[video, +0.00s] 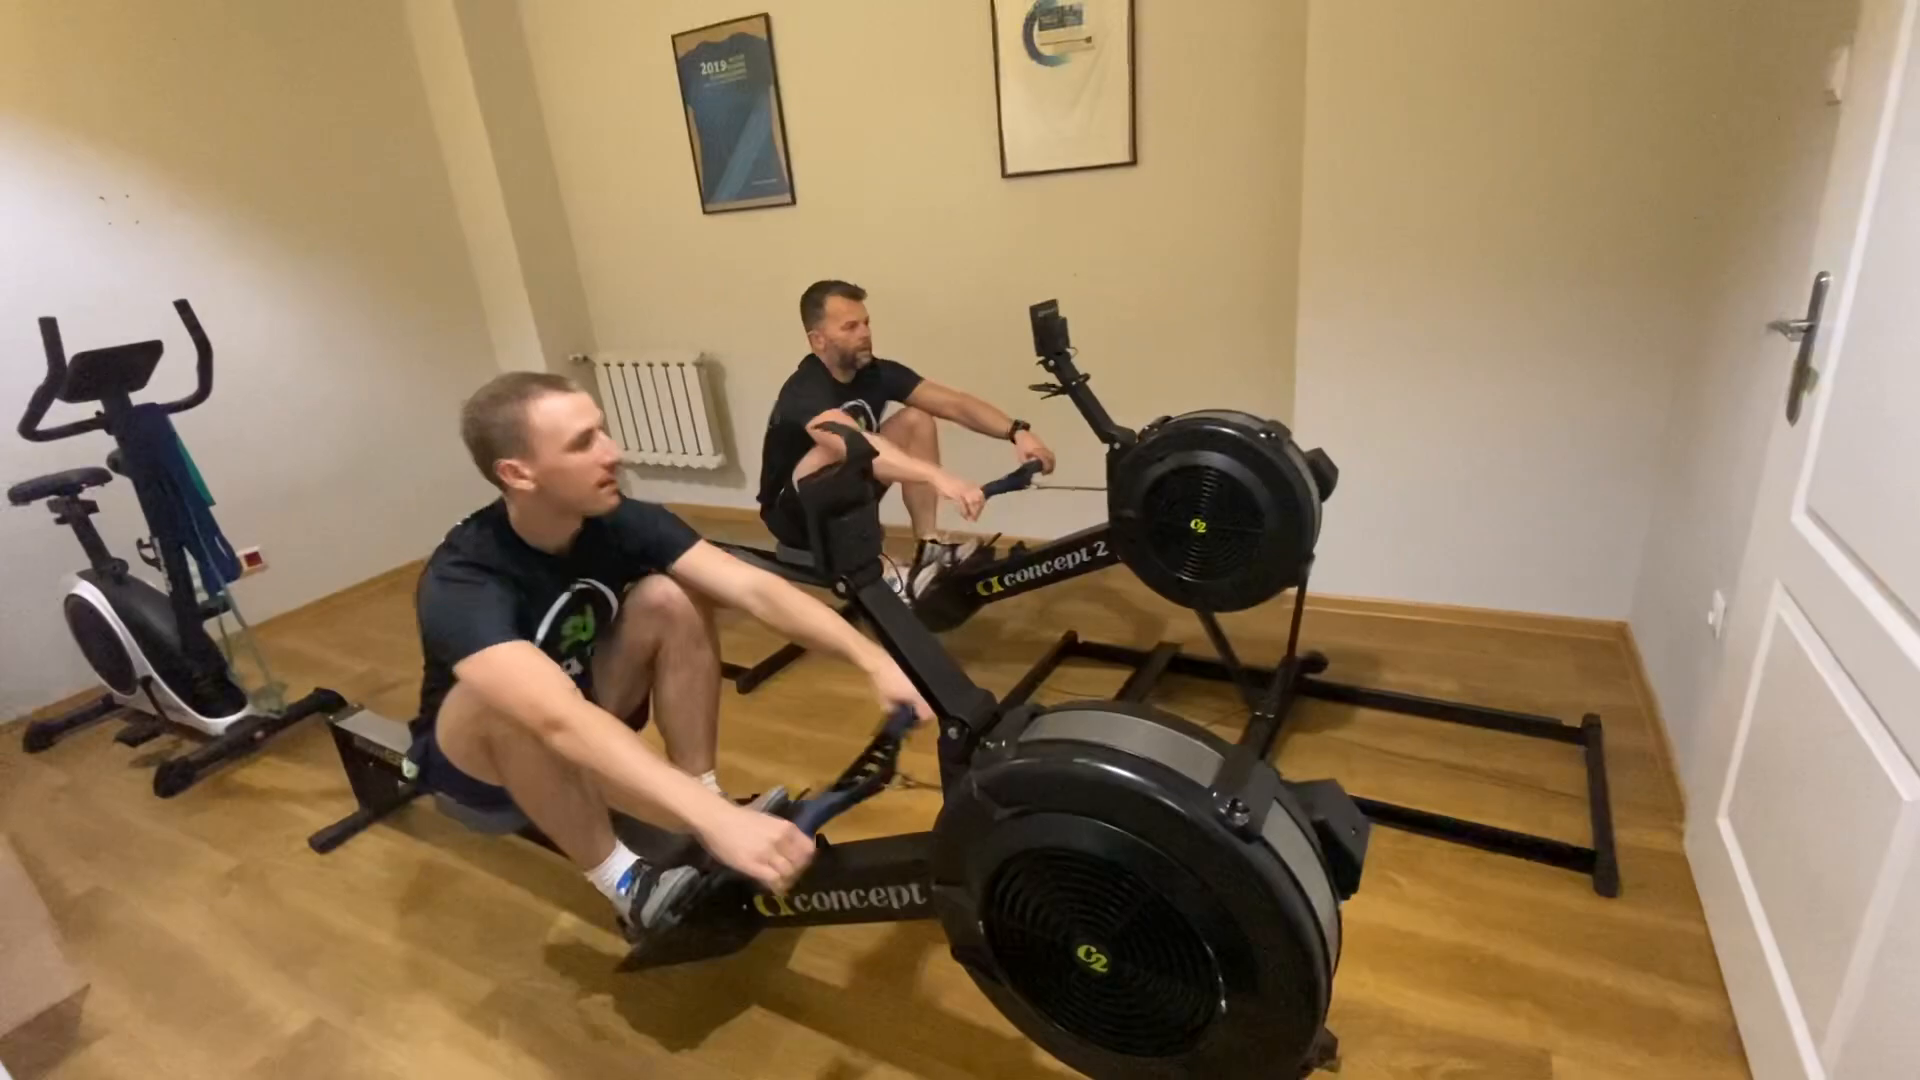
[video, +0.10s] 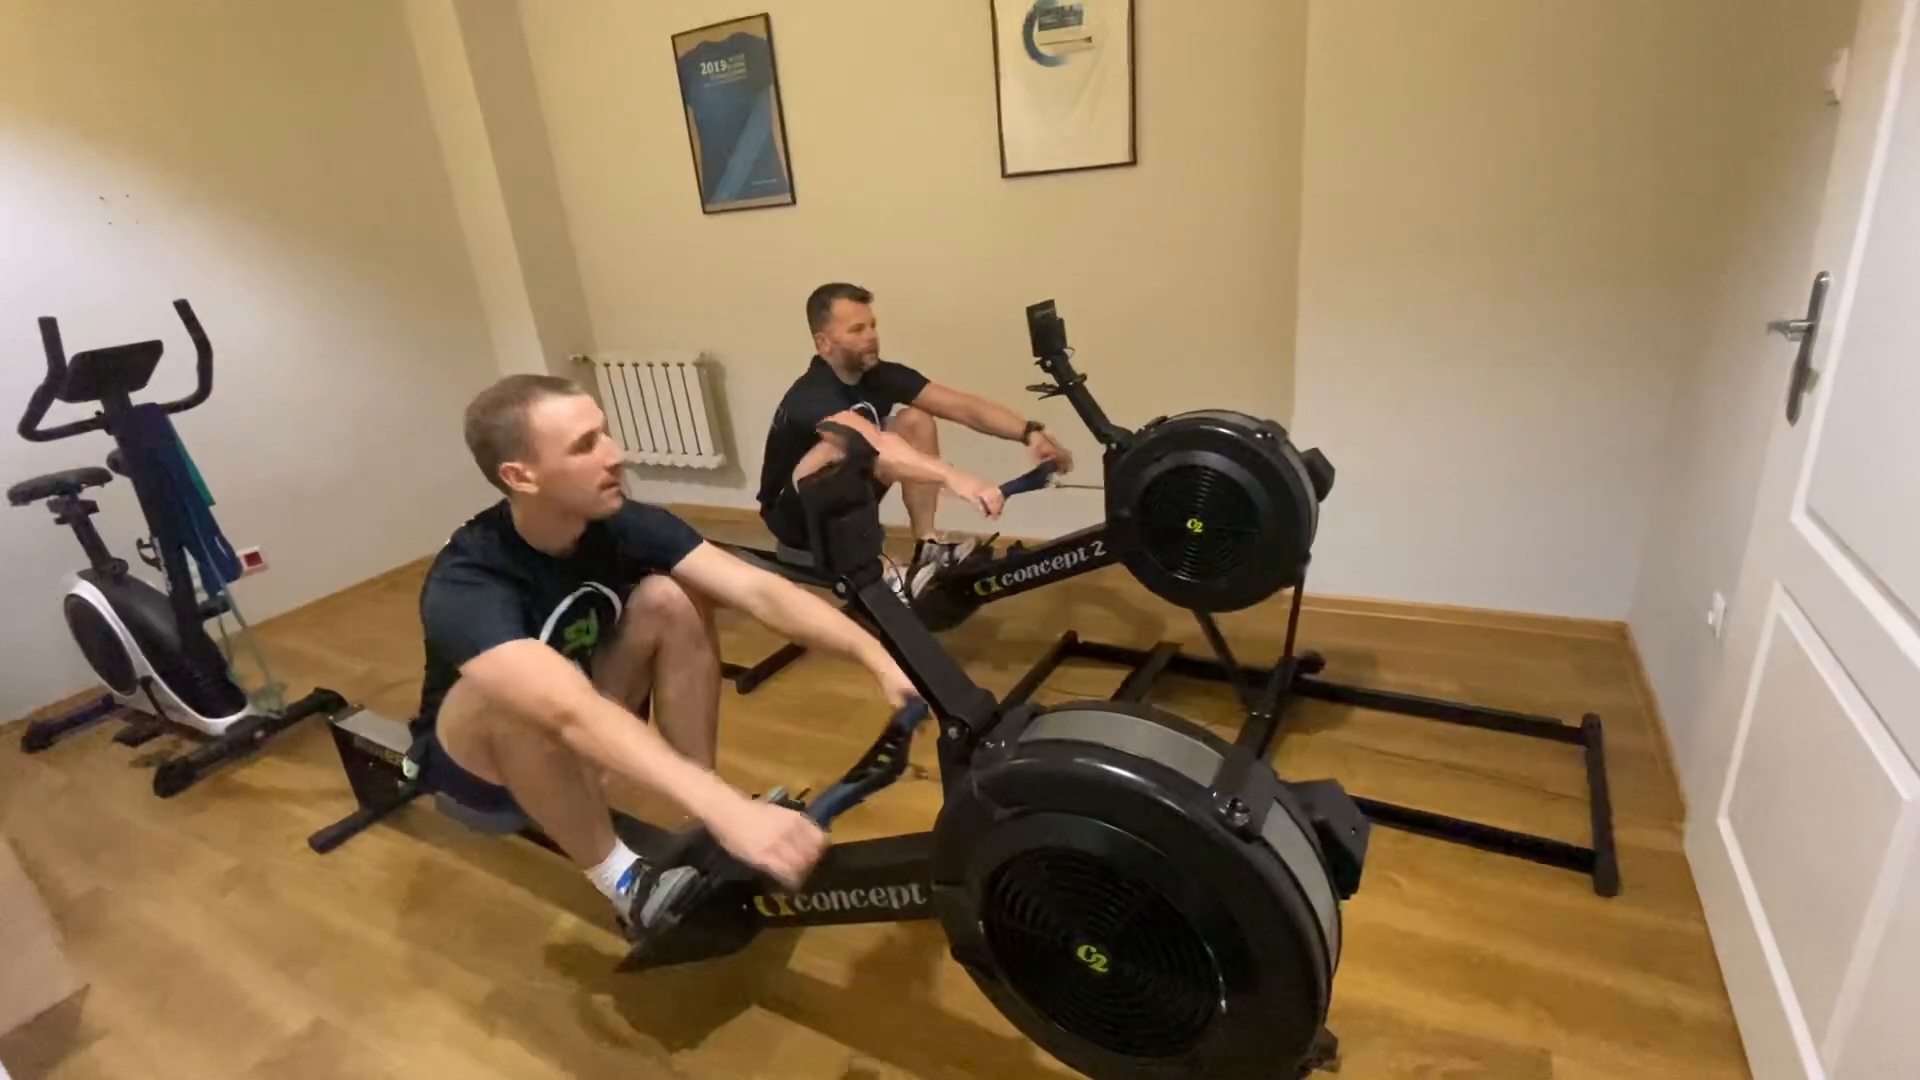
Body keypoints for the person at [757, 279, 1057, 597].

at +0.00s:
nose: (866, 334)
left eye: (866, 323)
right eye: (851, 327)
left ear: (870, 323)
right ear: (817, 339)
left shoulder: (875, 374)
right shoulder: (805, 392)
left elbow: (955, 404)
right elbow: (854, 443)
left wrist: (1017, 432)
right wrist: (938, 478)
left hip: (847, 496)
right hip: (793, 516)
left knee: (915, 420)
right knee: (838, 446)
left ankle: (930, 546)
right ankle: (873, 567)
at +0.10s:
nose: (873, 337)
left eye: (873, 326)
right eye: (858, 330)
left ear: (876, 324)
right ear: (824, 342)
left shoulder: (880, 377)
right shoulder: (810, 397)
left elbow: (963, 407)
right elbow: (874, 444)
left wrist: (1031, 433)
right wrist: (953, 479)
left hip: (848, 502)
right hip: (794, 518)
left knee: (916, 421)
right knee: (843, 442)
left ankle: (927, 548)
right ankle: (874, 566)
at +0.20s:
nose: (874, 335)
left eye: (874, 324)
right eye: (860, 329)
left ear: (876, 323)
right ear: (826, 343)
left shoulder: (880, 378)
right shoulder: (811, 396)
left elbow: (965, 407)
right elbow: (878, 442)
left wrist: (1035, 430)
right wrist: (964, 476)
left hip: (848, 500)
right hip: (793, 514)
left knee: (916, 422)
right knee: (845, 443)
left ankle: (930, 552)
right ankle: (870, 566)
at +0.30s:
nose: (866, 330)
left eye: (866, 320)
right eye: (852, 323)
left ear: (869, 321)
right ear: (818, 338)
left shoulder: (873, 374)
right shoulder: (806, 394)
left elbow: (954, 406)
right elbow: (874, 444)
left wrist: (1021, 425)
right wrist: (955, 473)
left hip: (844, 492)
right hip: (792, 510)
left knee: (917, 428)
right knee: (841, 462)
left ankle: (945, 554)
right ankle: (897, 579)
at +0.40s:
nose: (849, 324)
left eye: (848, 314)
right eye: (835, 318)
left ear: (852, 312)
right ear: (803, 333)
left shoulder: (857, 370)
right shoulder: (788, 391)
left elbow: (933, 405)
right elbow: (856, 443)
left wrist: (998, 422)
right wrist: (933, 466)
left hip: (845, 488)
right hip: (790, 508)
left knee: (919, 440)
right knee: (849, 478)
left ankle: (968, 561)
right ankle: (924, 587)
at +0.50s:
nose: (829, 318)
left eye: (829, 308)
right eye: (815, 312)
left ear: (831, 306)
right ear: (781, 325)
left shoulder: (843, 366)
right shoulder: (768, 382)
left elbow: (905, 399)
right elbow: (832, 429)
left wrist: (974, 413)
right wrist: (904, 452)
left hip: (847, 480)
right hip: (790, 502)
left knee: (927, 459)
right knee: (865, 497)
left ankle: (989, 564)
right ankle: (952, 595)